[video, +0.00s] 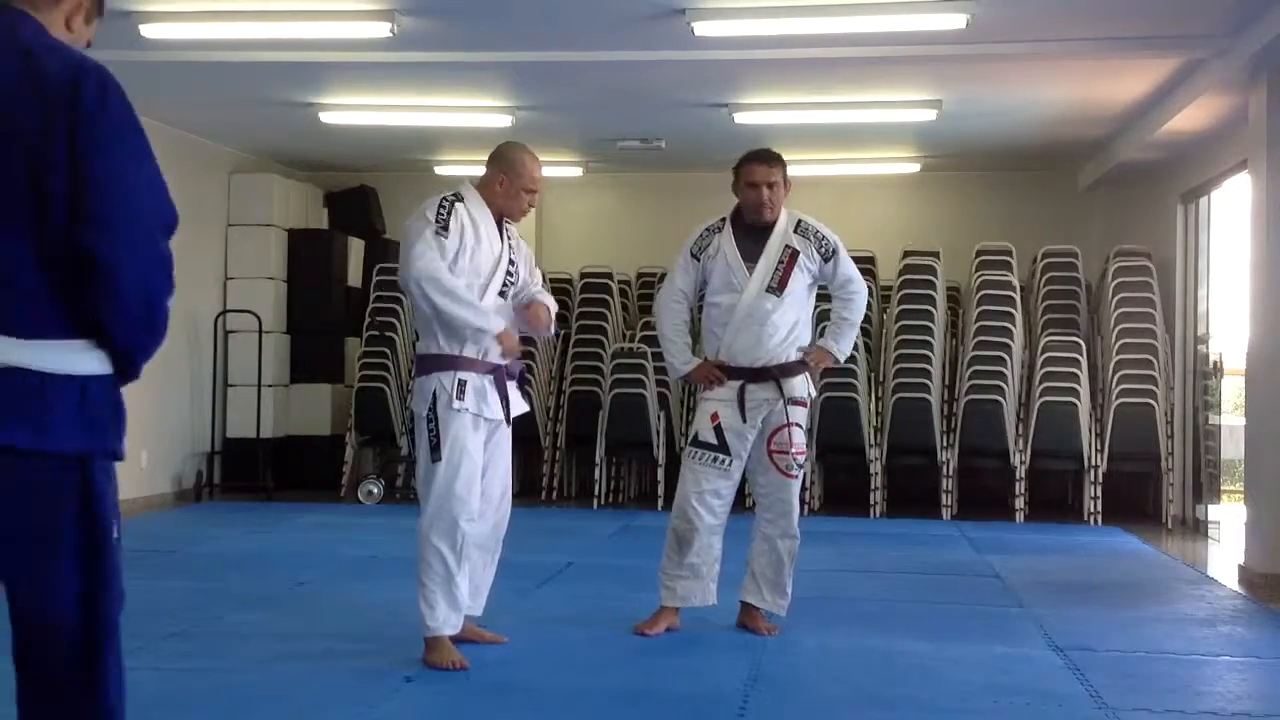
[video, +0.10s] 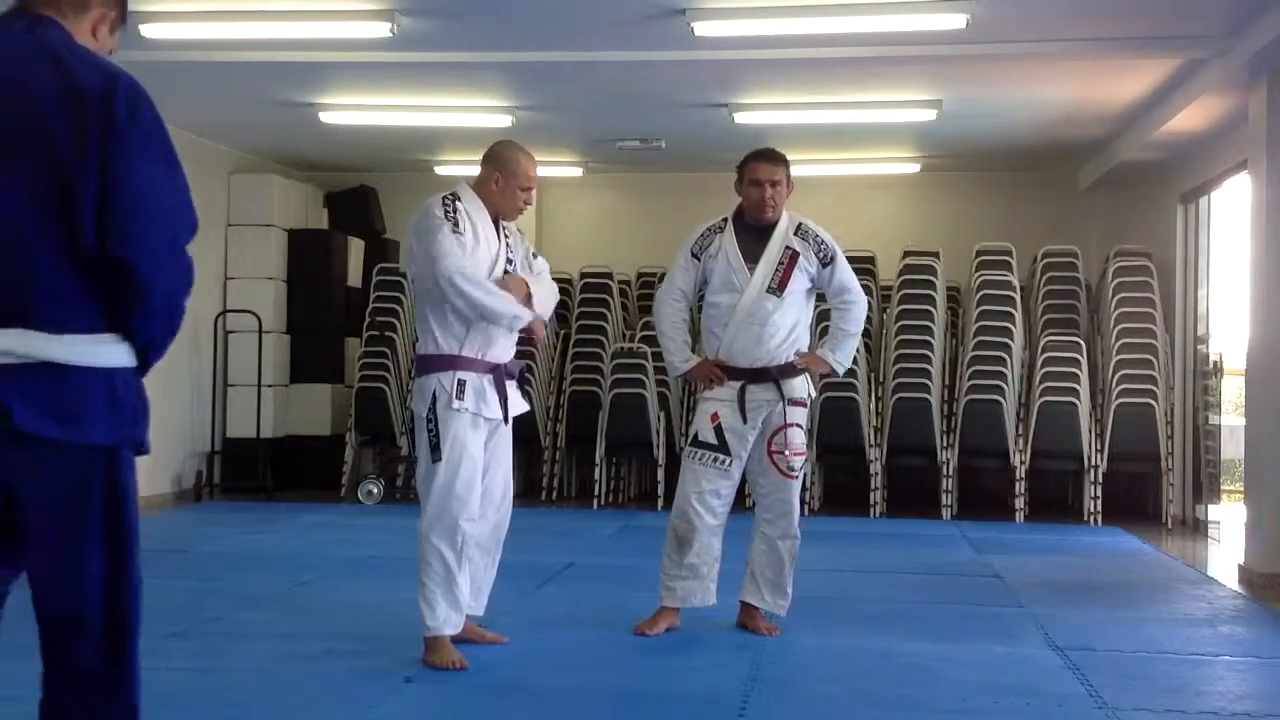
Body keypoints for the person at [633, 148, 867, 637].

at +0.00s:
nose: (764, 195)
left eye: (772, 185)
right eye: (753, 186)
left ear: (787, 188)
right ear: (735, 189)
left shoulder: (813, 239)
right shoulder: (706, 241)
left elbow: (853, 291)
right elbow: (670, 305)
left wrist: (832, 346)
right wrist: (687, 362)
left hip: (787, 390)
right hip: (721, 388)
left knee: (779, 506)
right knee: (694, 501)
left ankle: (755, 606)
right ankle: (671, 606)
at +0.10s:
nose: (767, 194)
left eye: (776, 185)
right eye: (756, 184)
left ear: (789, 189)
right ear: (738, 189)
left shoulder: (813, 244)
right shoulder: (707, 240)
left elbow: (852, 300)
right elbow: (670, 303)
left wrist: (831, 355)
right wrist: (687, 360)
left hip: (786, 391)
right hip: (721, 388)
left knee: (779, 507)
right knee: (694, 501)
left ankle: (755, 606)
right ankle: (672, 605)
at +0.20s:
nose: (768, 196)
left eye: (778, 187)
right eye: (758, 186)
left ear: (791, 192)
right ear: (740, 189)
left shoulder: (815, 246)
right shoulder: (708, 240)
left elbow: (853, 303)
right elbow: (666, 297)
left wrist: (832, 358)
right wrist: (685, 354)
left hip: (785, 392)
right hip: (721, 387)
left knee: (779, 508)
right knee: (694, 501)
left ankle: (755, 606)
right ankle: (671, 606)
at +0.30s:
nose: (769, 192)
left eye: (779, 183)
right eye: (759, 182)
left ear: (793, 190)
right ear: (741, 187)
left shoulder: (816, 246)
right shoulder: (709, 239)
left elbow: (851, 306)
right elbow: (668, 298)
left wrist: (831, 360)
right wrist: (684, 355)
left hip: (785, 392)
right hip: (720, 387)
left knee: (778, 507)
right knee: (693, 501)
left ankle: (755, 606)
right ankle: (671, 605)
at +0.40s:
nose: (769, 193)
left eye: (779, 185)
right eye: (759, 183)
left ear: (793, 191)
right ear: (742, 186)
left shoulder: (816, 246)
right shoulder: (710, 239)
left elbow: (851, 308)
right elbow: (672, 301)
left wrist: (830, 362)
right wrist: (685, 359)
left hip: (784, 392)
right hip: (719, 388)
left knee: (777, 509)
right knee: (693, 502)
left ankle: (755, 607)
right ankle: (671, 606)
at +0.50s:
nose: (769, 193)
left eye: (779, 184)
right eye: (759, 183)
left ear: (793, 191)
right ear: (742, 187)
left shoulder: (816, 247)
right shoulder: (710, 239)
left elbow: (852, 307)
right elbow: (672, 301)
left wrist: (831, 362)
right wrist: (685, 359)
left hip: (783, 392)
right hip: (719, 387)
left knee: (777, 509)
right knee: (693, 501)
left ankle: (755, 607)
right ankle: (671, 606)